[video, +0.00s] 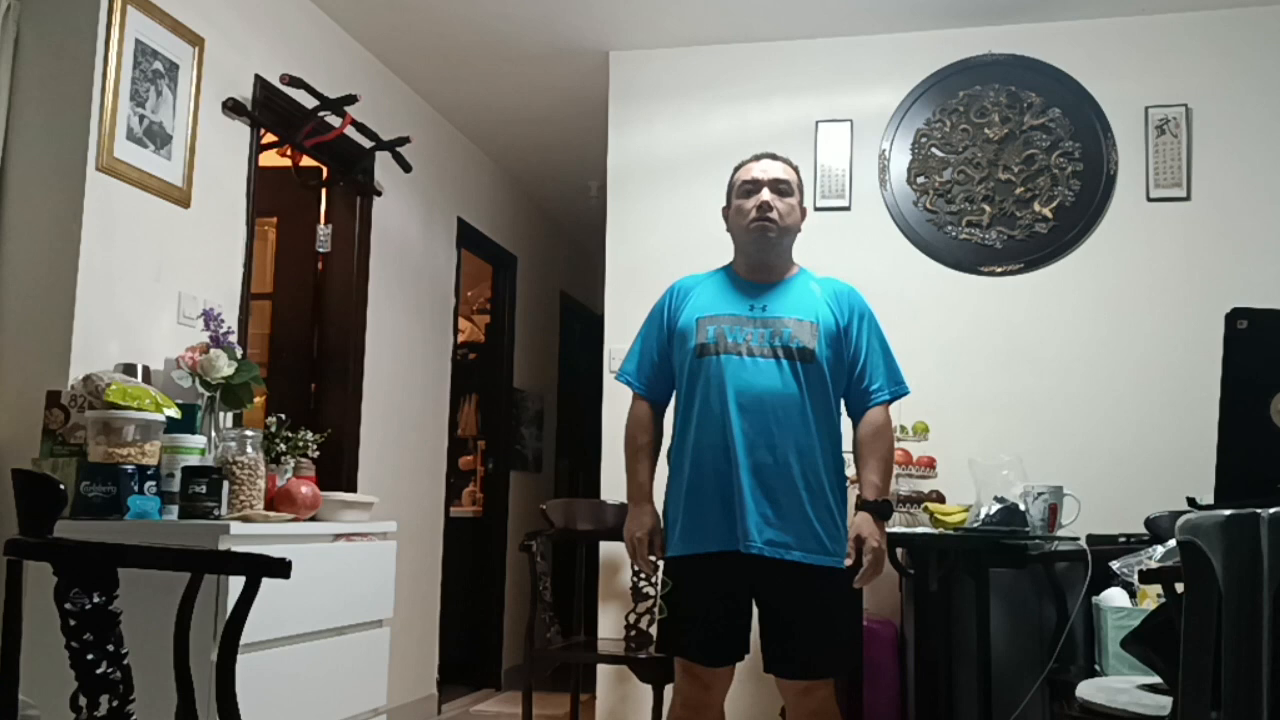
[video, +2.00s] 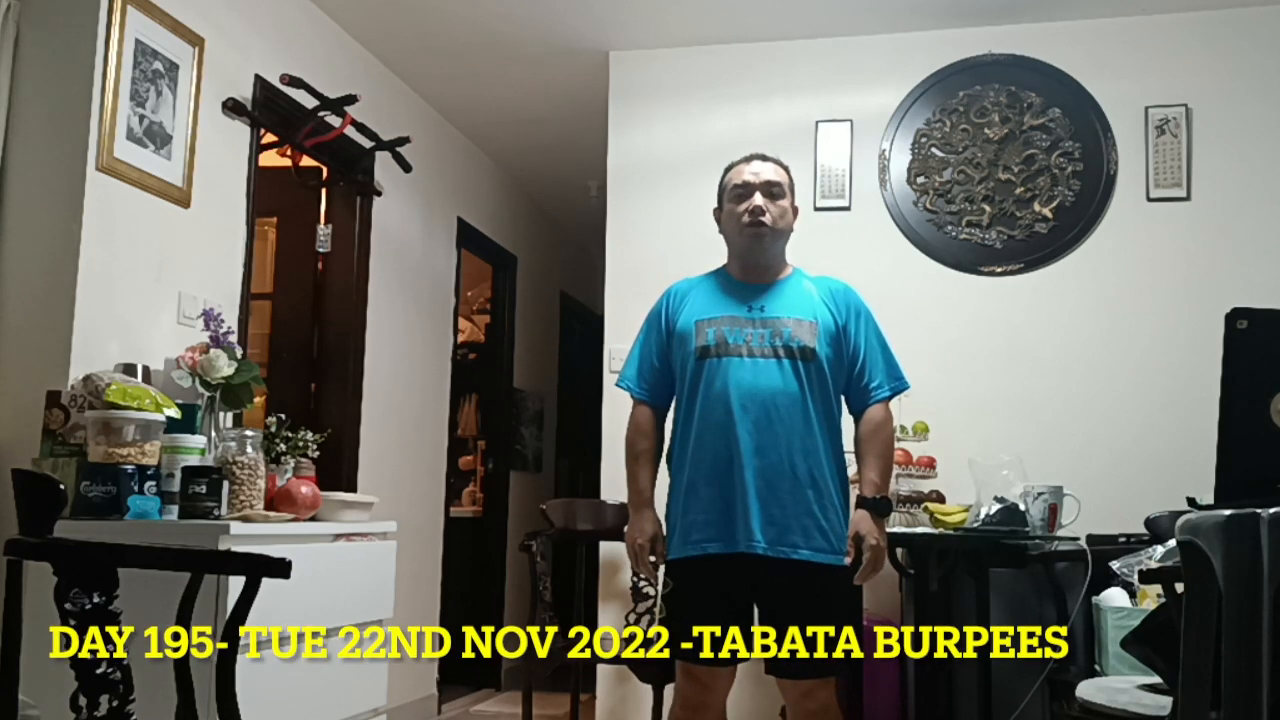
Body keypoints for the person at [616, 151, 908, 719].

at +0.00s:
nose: (764, 198)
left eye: (781, 190)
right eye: (748, 189)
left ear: (802, 215)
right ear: (727, 215)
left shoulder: (840, 303)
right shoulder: (684, 298)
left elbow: (874, 409)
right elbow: (645, 404)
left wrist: (872, 509)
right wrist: (640, 502)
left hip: (808, 537)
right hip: (702, 531)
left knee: (811, 693)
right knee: (699, 685)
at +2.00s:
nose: (757, 200)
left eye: (773, 192)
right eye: (741, 193)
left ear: (794, 216)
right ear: (719, 218)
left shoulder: (837, 302)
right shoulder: (681, 301)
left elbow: (875, 407)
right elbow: (645, 409)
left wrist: (871, 507)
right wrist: (641, 509)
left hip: (811, 541)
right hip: (704, 537)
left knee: (814, 699)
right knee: (698, 692)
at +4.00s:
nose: (760, 199)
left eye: (776, 190)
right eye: (743, 191)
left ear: (795, 215)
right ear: (719, 215)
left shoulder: (838, 303)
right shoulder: (681, 302)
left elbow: (874, 411)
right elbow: (647, 410)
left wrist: (870, 511)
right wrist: (643, 510)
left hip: (810, 544)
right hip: (705, 540)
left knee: (814, 701)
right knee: (698, 694)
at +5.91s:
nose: (828, 197)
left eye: (838, 185)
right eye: (809, 180)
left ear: (847, 200)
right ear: (761, 191)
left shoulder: (871, 301)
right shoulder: (699, 289)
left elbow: (921, 408)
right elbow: (655, 406)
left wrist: (945, 495)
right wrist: (648, 508)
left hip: (833, 559)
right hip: (716, 549)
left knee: (840, 710)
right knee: (692, 705)